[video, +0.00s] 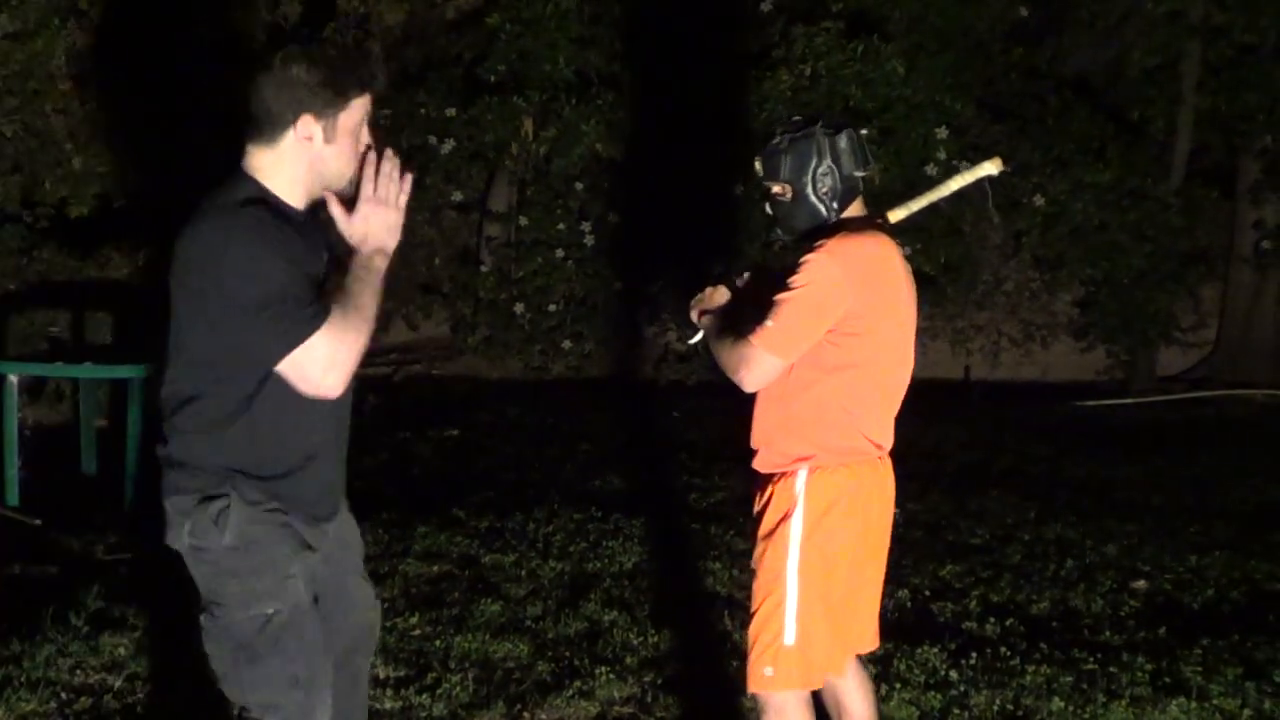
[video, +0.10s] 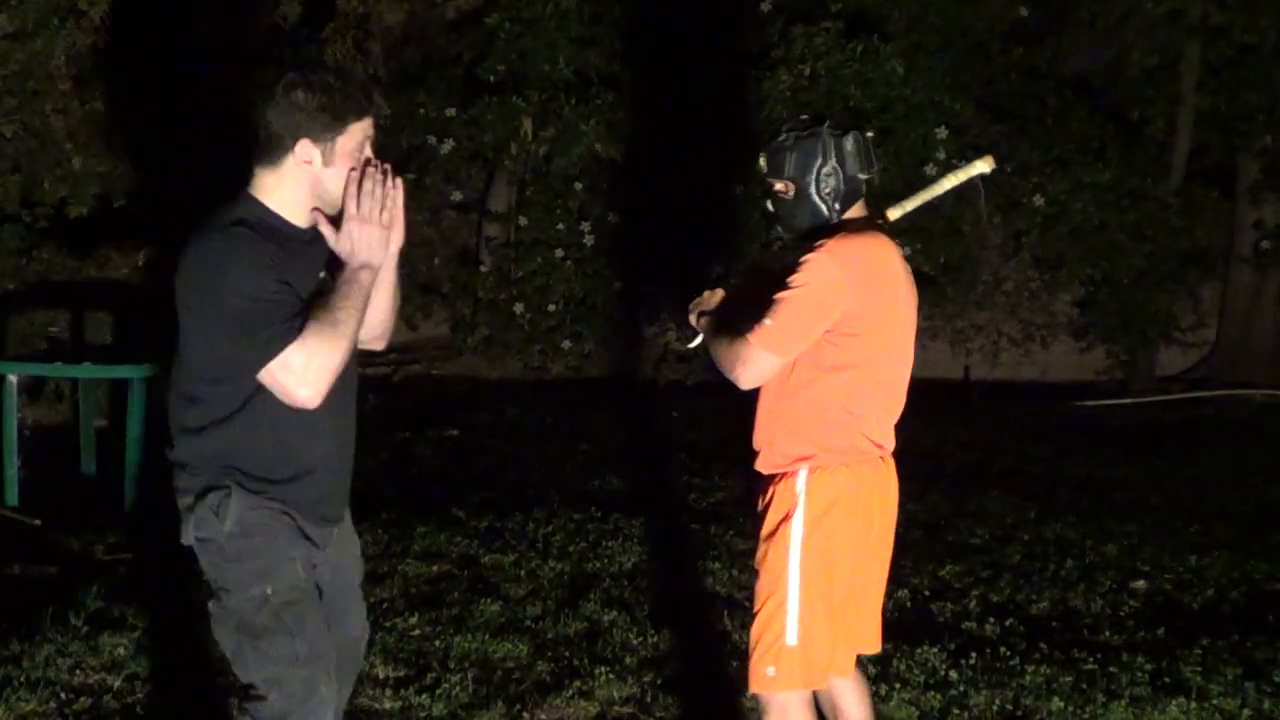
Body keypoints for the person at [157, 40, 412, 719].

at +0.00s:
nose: (367, 145)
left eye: (367, 126)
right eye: (358, 126)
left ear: (310, 132)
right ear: (310, 132)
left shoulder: (305, 225)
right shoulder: (233, 238)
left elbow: (328, 343)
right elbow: (324, 370)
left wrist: (367, 242)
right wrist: (371, 258)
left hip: (312, 502)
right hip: (234, 513)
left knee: (351, 638)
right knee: (288, 692)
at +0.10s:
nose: (366, 166)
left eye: (367, 149)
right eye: (357, 150)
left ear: (312, 157)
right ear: (308, 155)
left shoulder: (311, 242)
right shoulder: (228, 255)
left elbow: (370, 336)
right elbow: (304, 381)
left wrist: (386, 253)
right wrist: (360, 268)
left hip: (320, 506)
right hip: (243, 509)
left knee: (341, 663)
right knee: (294, 690)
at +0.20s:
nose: (369, 161)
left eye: (371, 144)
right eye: (360, 144)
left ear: (316, 147)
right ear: (313, 145)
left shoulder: (320, 230)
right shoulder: (231, 235)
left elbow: (381, 319)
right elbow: (305, 357)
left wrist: (383, 233)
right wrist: (360, 248)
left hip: (316, 492)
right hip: (236, 488)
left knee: (331, 661)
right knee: (280, 669)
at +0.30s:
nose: (365, 144)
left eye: (367, 128)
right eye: (355, 126)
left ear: (308, 130)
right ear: (308, 127)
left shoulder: (314, 217)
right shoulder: (236, 213)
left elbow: (376, 301)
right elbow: (318, 319)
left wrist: (375, 205)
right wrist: (362, 216)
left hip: (311, 481)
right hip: (240, 479)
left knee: (314, 665)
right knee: (255, 666)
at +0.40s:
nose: (353, 141)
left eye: (353, 124)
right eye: (342, 124)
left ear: (298, 128)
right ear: (297, 127)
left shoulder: (296, 216)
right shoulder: (236, 213)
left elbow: (366, 295)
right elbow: (327, 304)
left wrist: (368, 204)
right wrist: (360, 206)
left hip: (317, 490)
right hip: (240, 489)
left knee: (315, 678)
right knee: (206, 679)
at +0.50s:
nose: (336, 159)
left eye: (336, 143)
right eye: (326, 142)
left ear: (282, 146)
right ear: (282, 145)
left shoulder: (284, 232)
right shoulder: (228, 228)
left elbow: (314, 324)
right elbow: (322, 323)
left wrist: (345, 232)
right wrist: (356, 229)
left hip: (314, 494)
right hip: (226, 499)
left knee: (381, 600)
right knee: (168, 681)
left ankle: (344, 716)